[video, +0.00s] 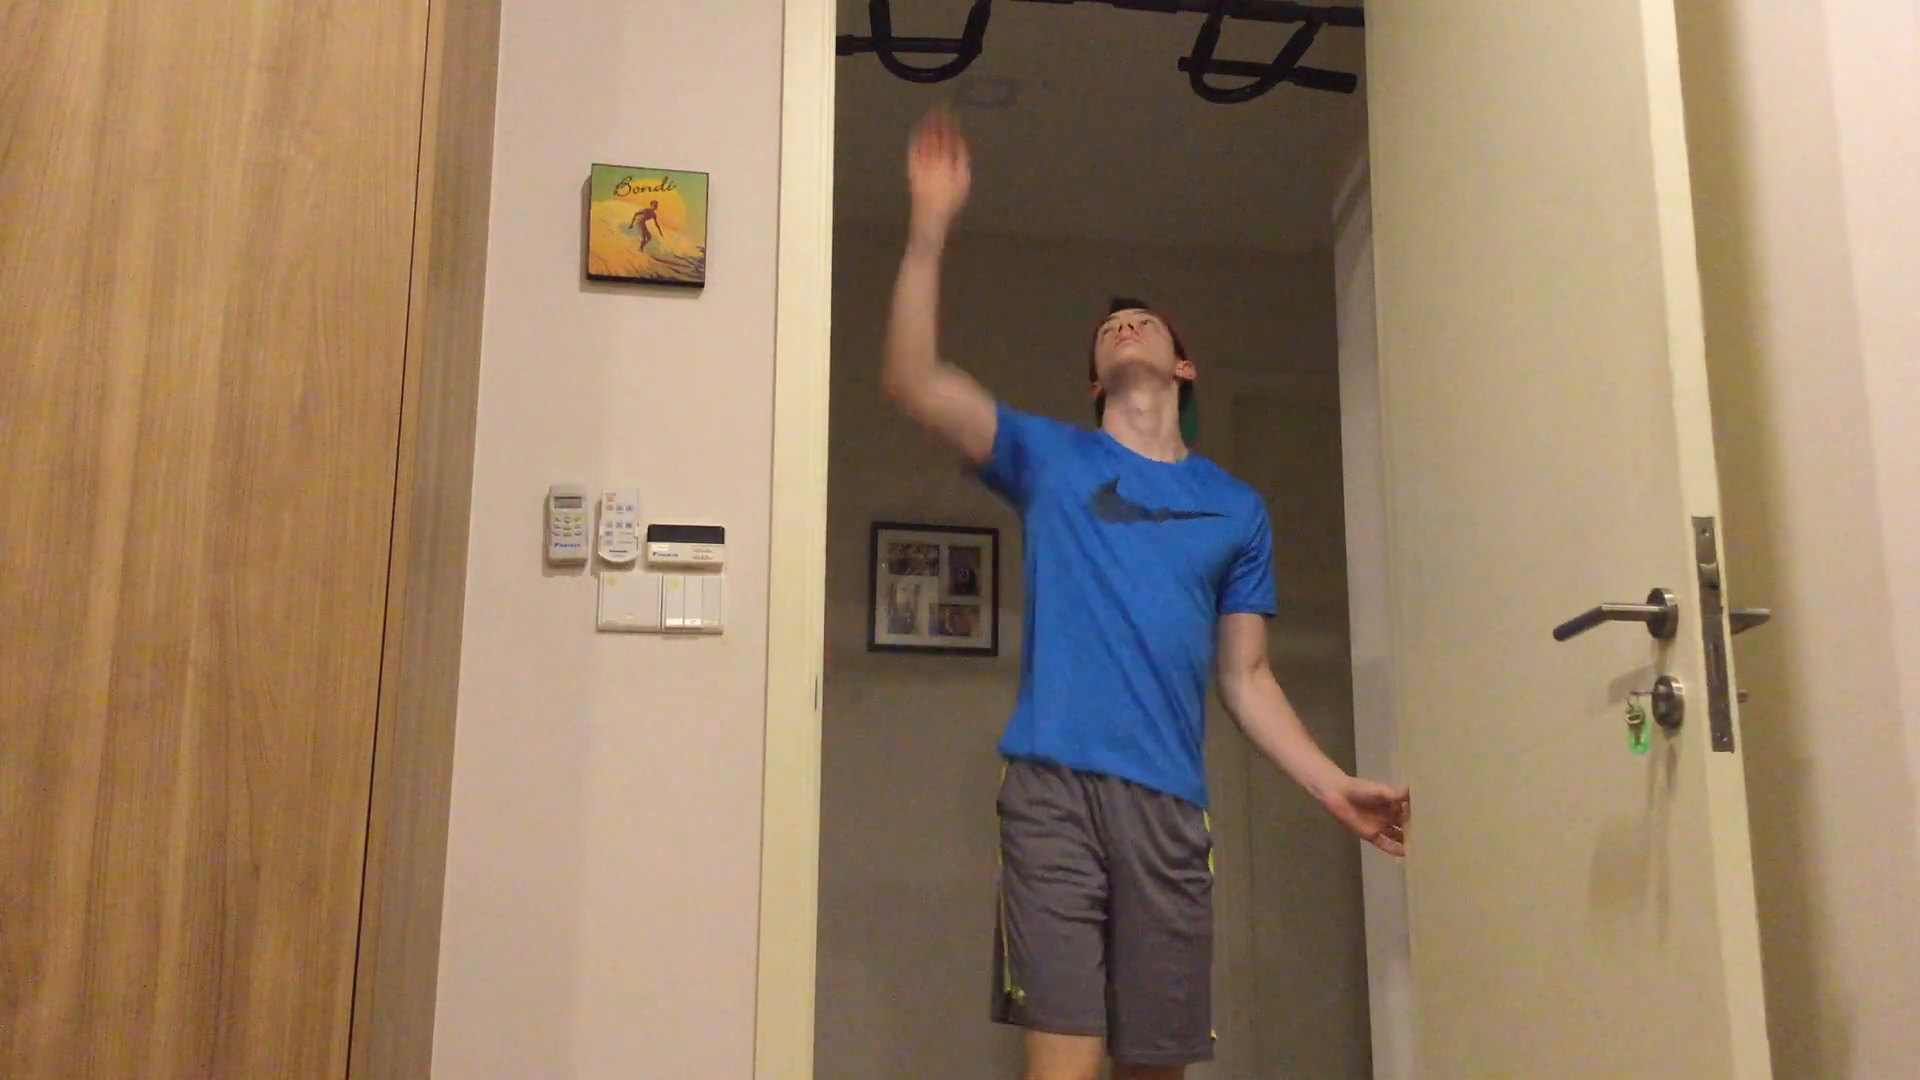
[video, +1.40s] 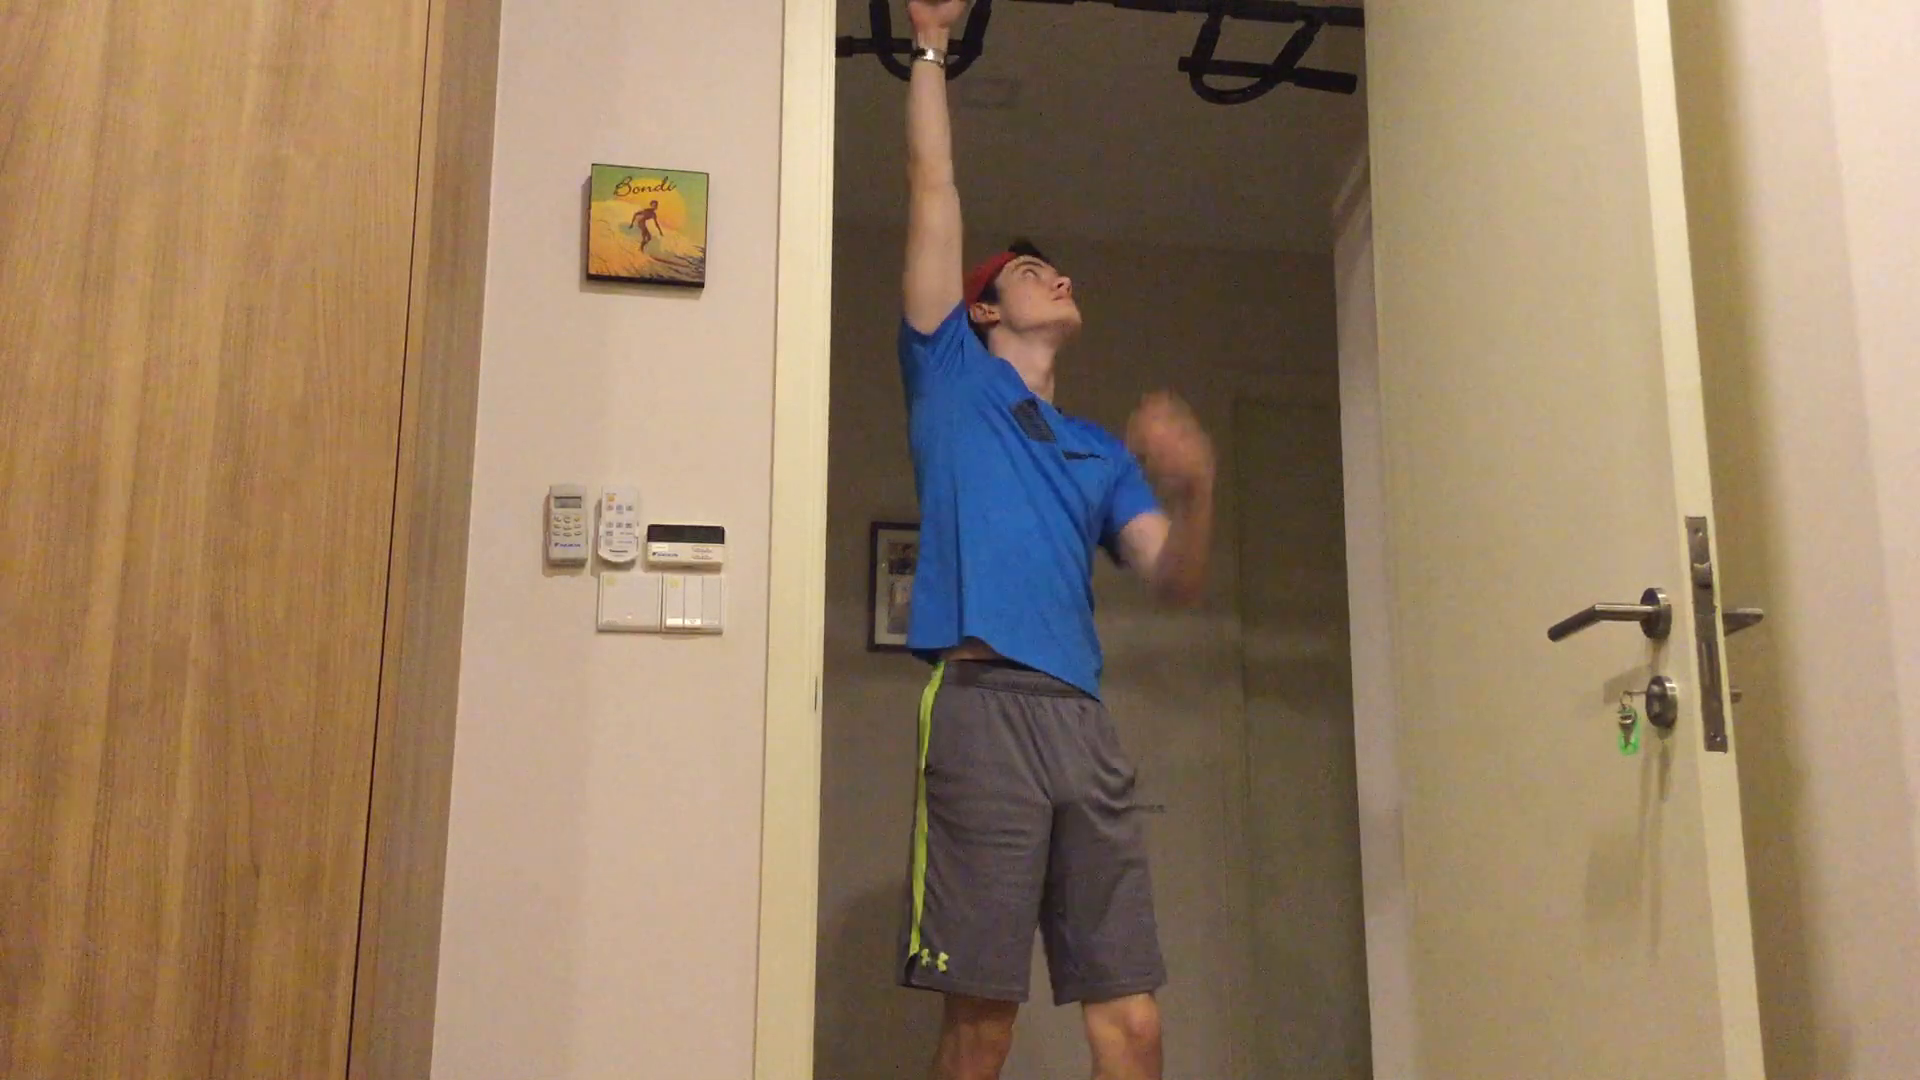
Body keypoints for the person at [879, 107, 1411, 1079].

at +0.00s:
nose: (1118, 324)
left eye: (1140, 321)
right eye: (1106, 327)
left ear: (1184, 371)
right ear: (1093, 381)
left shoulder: (1235, 508)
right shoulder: (1049, 452)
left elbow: (1247, 676)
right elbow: (913, 379)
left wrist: (1337, 788)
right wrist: (927, 226)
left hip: (1168, 801)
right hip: (1050, 783)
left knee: (1158, 1061)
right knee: (1064, 1048)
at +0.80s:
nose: (1041, 289)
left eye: (1059, 288)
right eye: (1027, 291)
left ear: (1093, 343)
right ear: (1002, 339)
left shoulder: (1139, 468)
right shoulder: (968, 392)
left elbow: (1171, 626)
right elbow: (930, 222)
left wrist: (1245, 705)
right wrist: (924, 74)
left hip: (1102, 742)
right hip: (987, 728)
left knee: (1119, 1043)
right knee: (996, 1040)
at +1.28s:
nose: (1054, 277)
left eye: (1058, 273)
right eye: (1028, 272)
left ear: (1069, 322)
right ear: (986, 308)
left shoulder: (1102, 456)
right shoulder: (950, 364)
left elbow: (1140, 613)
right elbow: (930, 187)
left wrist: (1170, 591)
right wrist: (930, 46)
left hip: (1077, 716)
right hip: (977, 700)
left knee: (1122, 1012)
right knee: (983, 1009)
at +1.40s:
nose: (1053, 279)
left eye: (1058, 274)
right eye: (1028, 274)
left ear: (1072, 322)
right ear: (987, 309)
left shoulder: (1101, 451)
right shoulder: (949, 370)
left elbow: (1176, 580)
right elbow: (930, 189)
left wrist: (1191, 492)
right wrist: (928, 47)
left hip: (1084, 720)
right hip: (982, 706)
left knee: (1129, 1016)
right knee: (983, 1017)